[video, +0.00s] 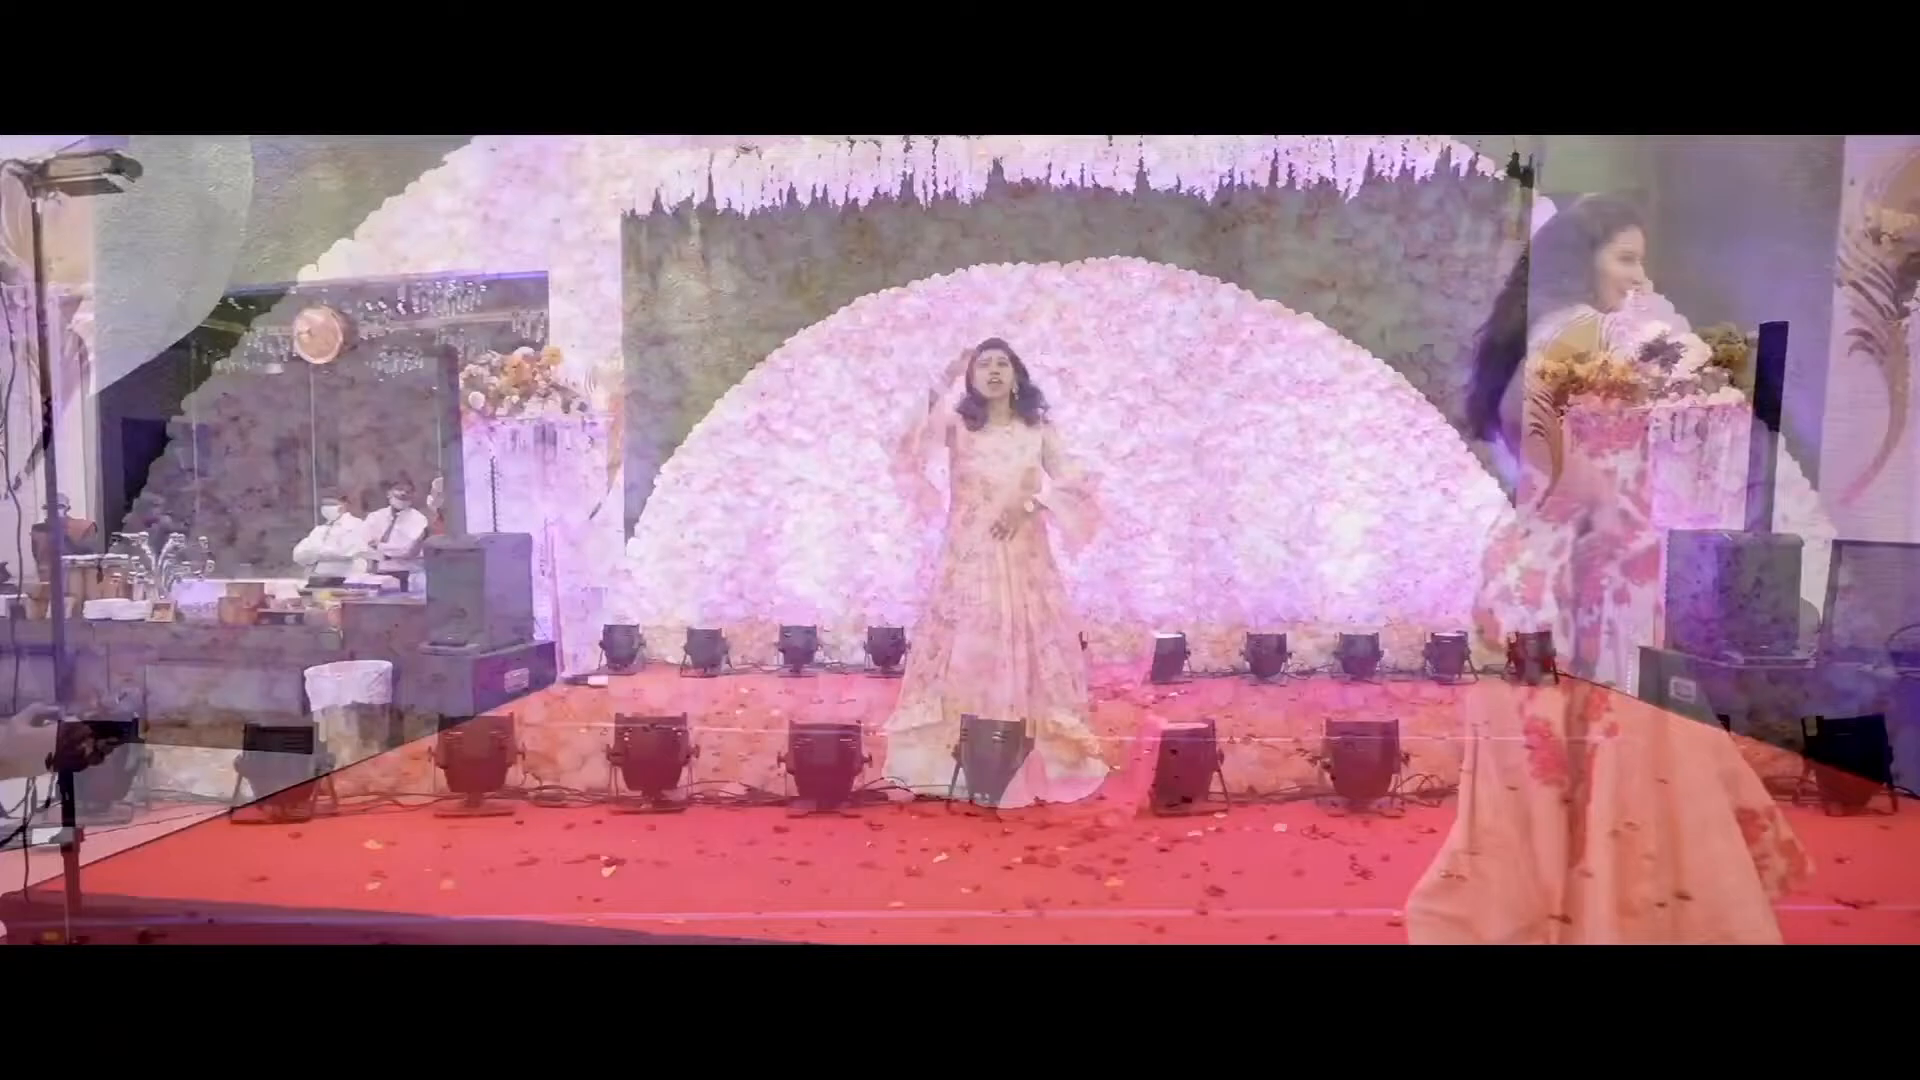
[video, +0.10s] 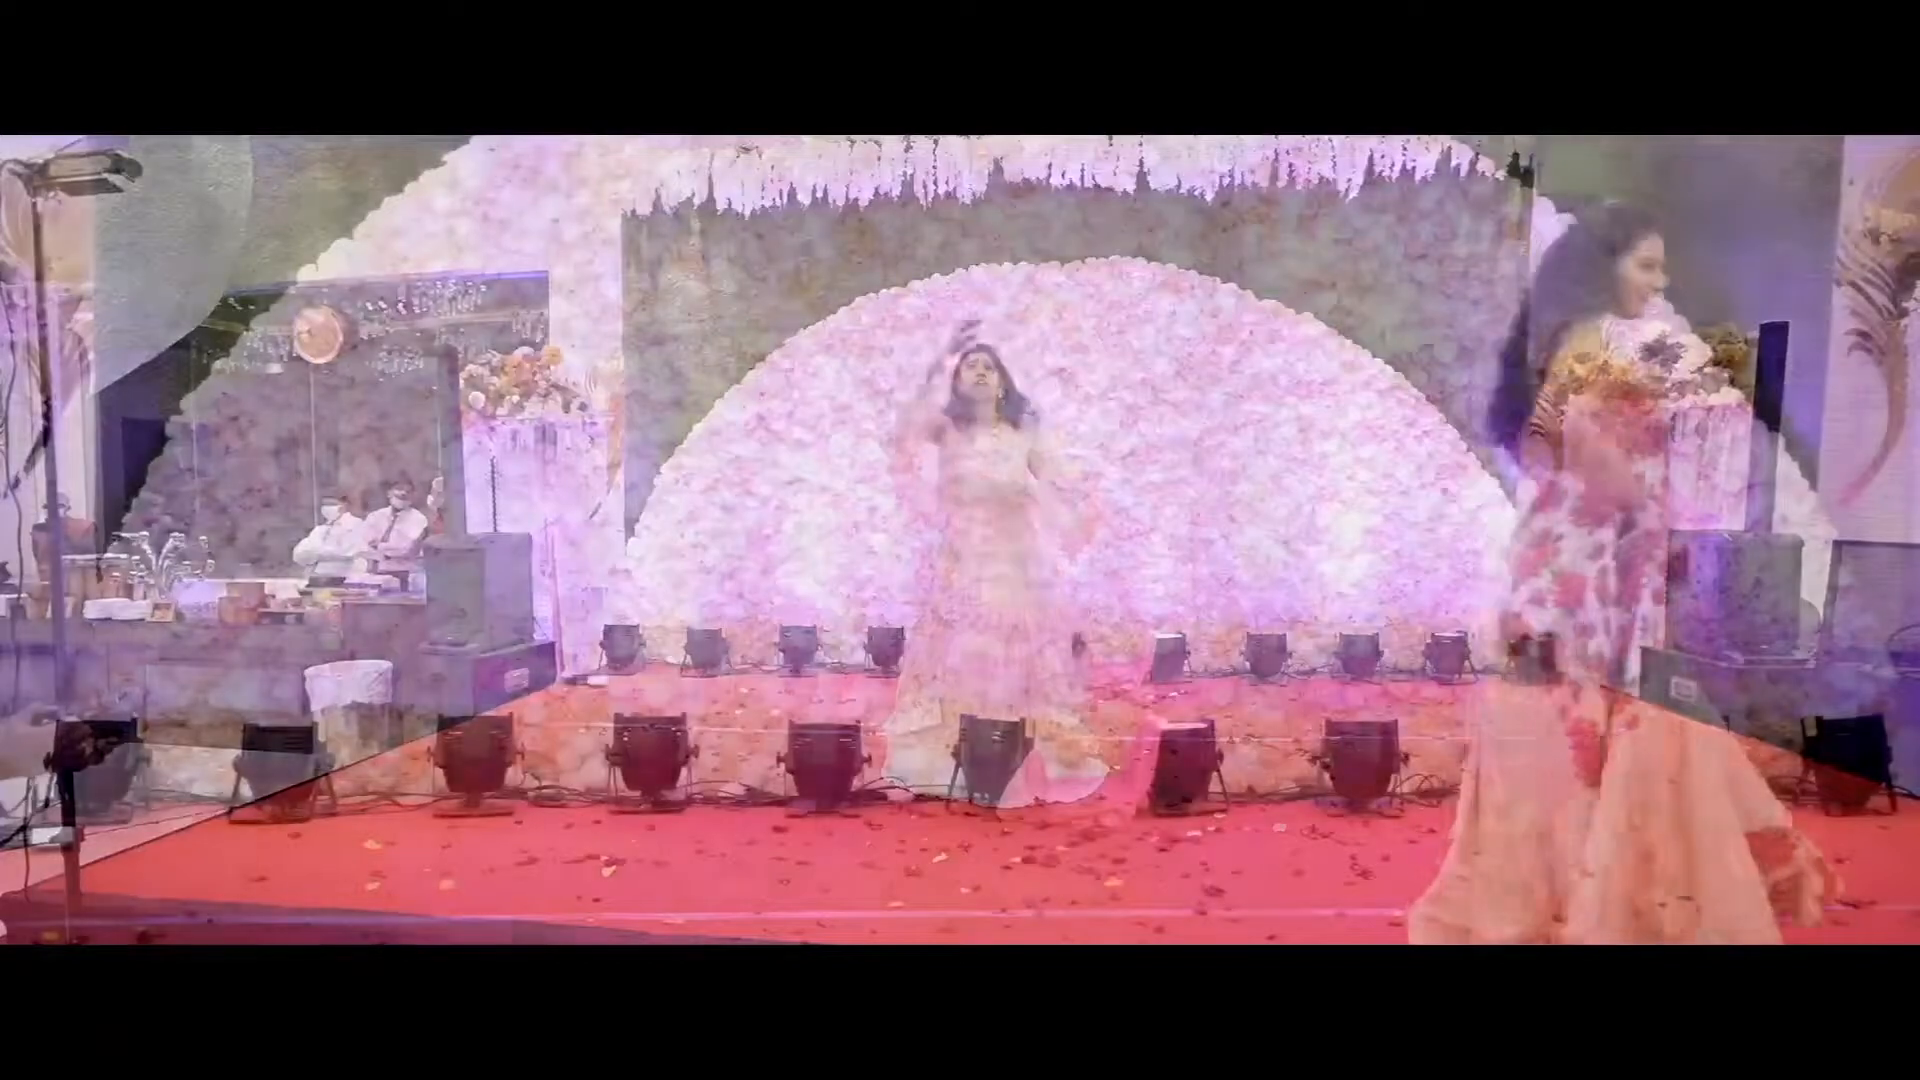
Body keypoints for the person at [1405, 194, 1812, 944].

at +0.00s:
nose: (1638, 276)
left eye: (1642, 261)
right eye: (1624, 260)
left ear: (1641, 266)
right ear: (1581, 262)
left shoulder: (1632, 349)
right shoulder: (1560, 348)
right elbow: (1554, 485)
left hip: (1629, 563)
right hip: (1565, 564)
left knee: (1625, 730)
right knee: (1561, 736)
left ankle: (1625, 900)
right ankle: (1564, 898)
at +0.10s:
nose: (1658, 282)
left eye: (1661, 268)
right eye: (1646, 267)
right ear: (1604, 268)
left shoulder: (1621, 346)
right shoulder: (1595, 349)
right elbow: (1579, 436)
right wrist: (1644, 497)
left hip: (1612, 538)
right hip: (1580, 541)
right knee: (1584, 705)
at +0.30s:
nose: (1710, 294)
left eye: (1712, 279)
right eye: (1697, 279)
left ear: (1654, 283)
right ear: (1655, 279)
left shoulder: (1606, 350)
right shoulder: (1666, 350)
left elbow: (1551, 460)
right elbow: (1630, 438)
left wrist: (1601, 520)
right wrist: (1707, 474)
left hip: (1598, 563)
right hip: (1656, 565)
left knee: (1609, 749)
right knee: (1678, 749)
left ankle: (1606, 914)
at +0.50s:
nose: (1762, 295)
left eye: (1764, 280)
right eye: (1749, 279)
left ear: (1705, 282)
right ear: (1706, 279)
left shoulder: (1649, 355)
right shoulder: (1720, 356)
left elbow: (1603, 455)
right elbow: (1708, 448)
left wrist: (1650, 518)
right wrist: (1782, 477)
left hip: (1646, 563)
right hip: (1717, 564)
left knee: (1660, 733)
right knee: (1848, 707)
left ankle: (1632, 900)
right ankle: (1883, 898)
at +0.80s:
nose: (1855, 280)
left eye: (1859, 266)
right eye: (1844, 262)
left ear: (1774, 266)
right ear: (1797, 260)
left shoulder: (1719, 338)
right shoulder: (1823, 349)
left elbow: (1654, 421)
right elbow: (1873, 453)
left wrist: (1703, 502)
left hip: (1714, 539)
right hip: (1802, 543)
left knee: (1732, 724)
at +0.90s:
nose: (1886, 289)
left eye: (1889, 275)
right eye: (1876, 272)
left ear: (1808, 272)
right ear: (1830, 268)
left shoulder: (1739, 340)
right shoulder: (1855, 359)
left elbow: (1635, 404)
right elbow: (1889, 476)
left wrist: (1672, 496)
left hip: (1699, 543)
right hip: (1793, 556)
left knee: (1715, 729)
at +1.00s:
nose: (1905, 313)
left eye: (1903, 298)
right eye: (1896, 298)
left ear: (1806, 300)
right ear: (1857, 307)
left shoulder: (1729, 352)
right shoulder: (1860, 389)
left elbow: (1602, 372)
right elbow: (1894, 521)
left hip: (1680, 553)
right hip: (1776, 567)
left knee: (1689, 726)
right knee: (1898, 704)